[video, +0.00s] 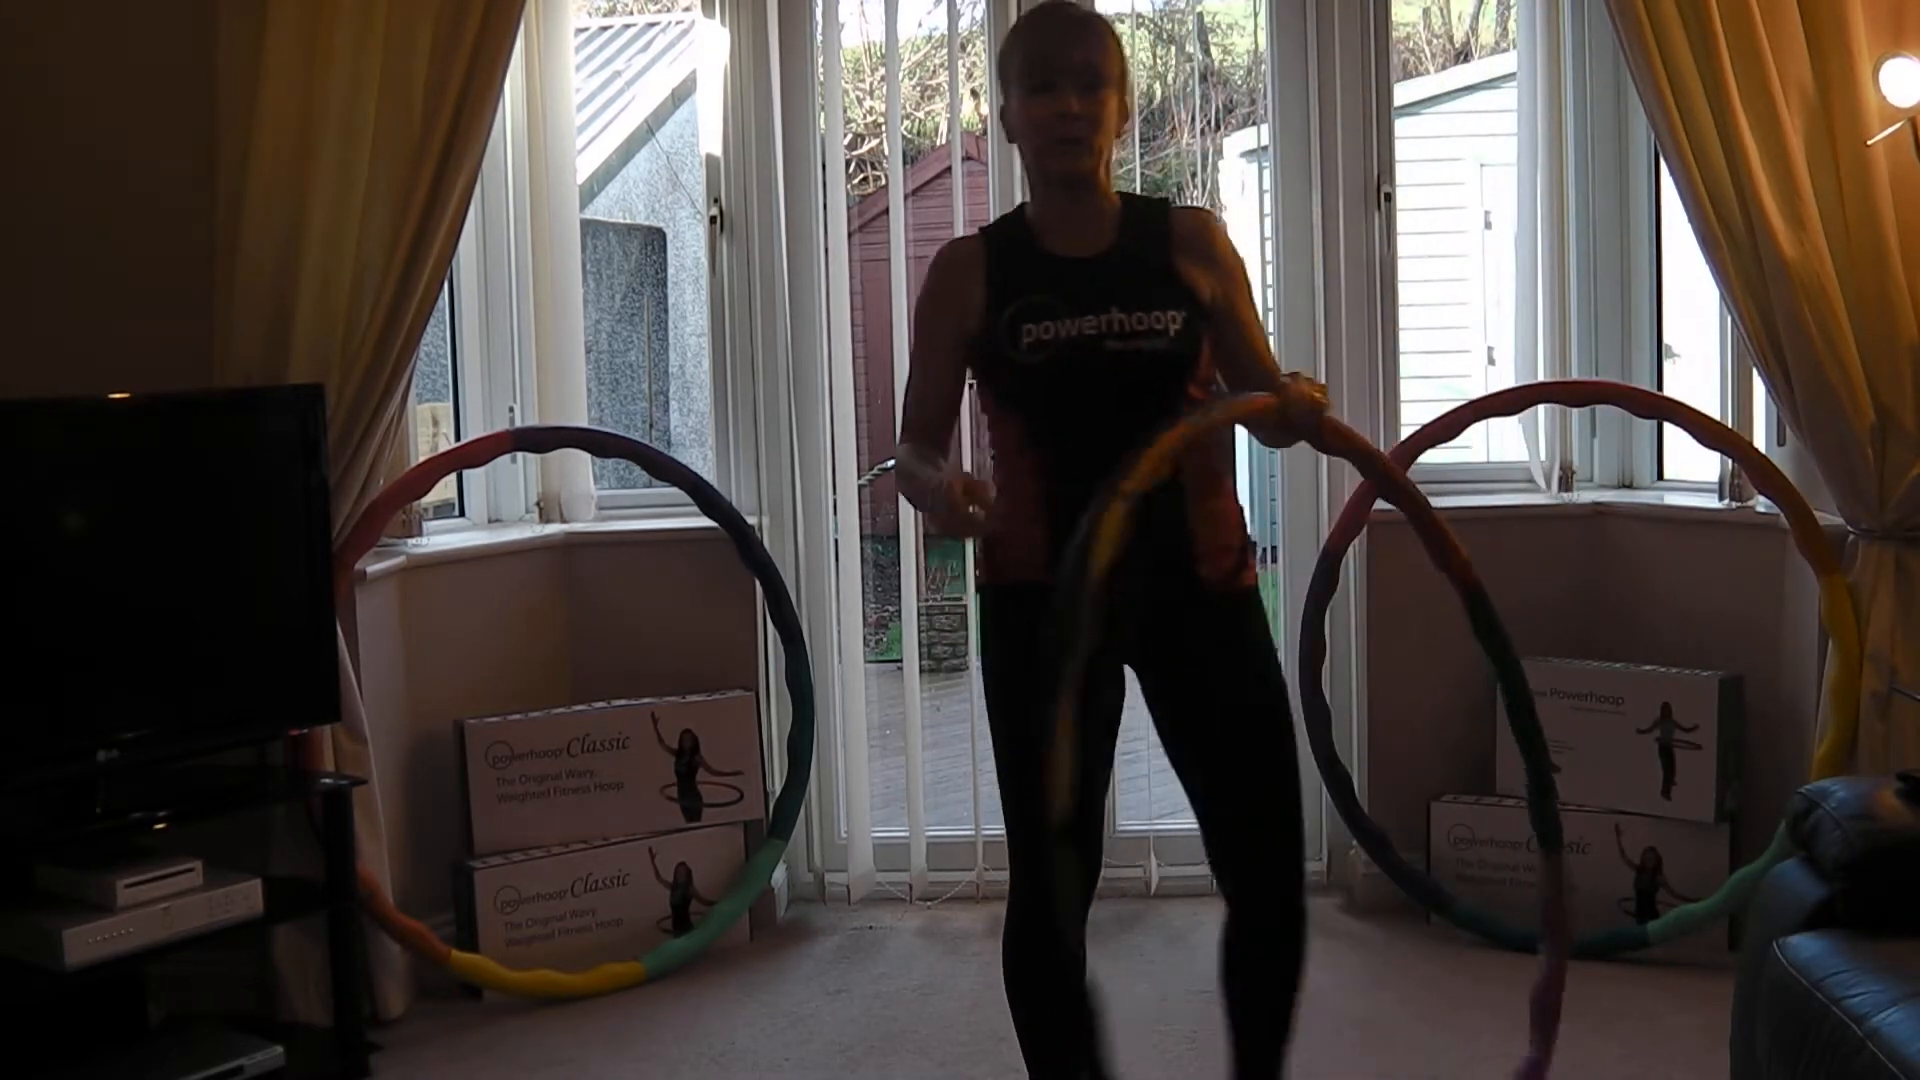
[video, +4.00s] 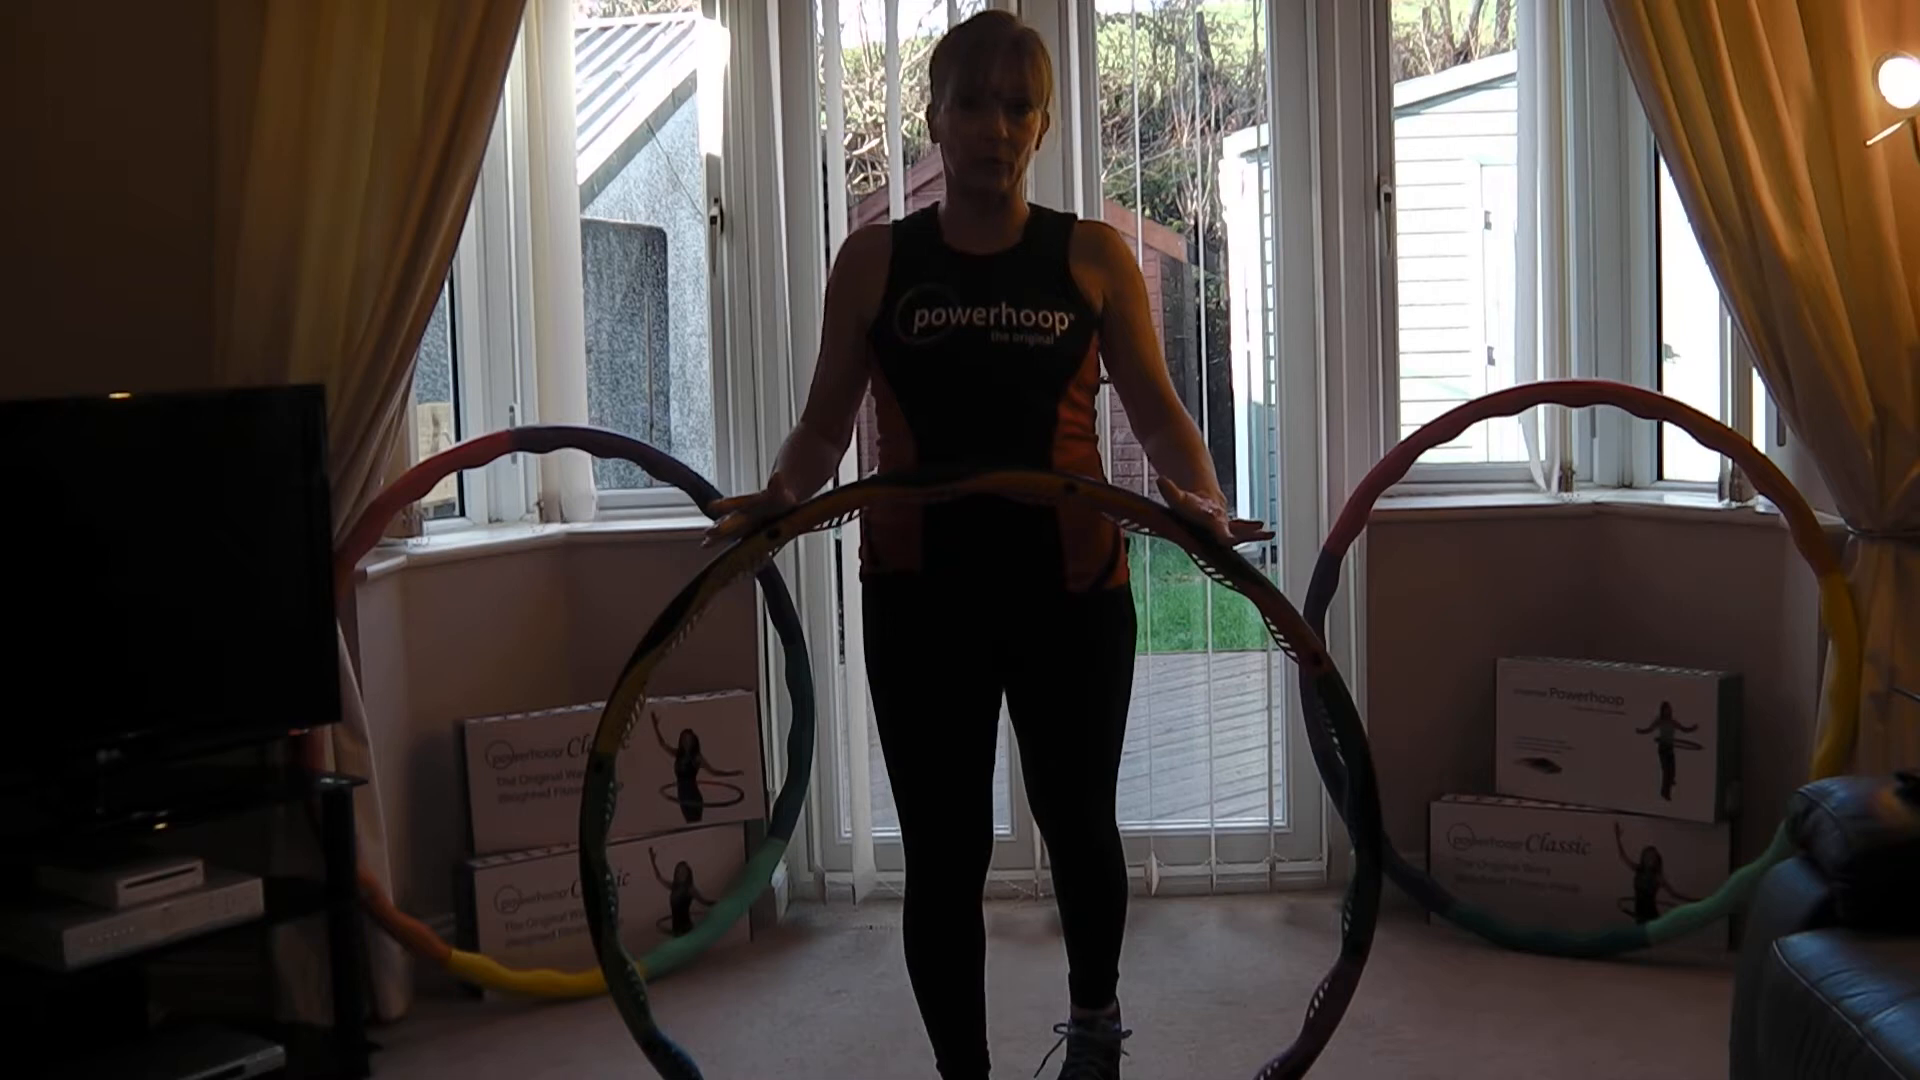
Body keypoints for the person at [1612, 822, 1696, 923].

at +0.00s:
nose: (1648, 860)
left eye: (1651, 857)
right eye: (1646, 856)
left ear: (1656, 860)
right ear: (1642, 858)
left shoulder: (1658, 876)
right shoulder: (1639, 871)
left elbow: (1672, 894)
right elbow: (1624, 857)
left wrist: (1692, 901)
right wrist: (1618, 837)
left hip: (1651, 913)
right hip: (1639, 912)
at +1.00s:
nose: (1648, 860)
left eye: (1652, 857)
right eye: (1646, 857)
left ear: (1656, 860)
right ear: (1642, 858)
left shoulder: (1658, 876)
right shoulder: (1639, 871)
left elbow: (1673, 894)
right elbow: (1623, 857)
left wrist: (1693, 901)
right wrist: (1618, 837)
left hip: (1651, 912)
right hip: (1639, 911)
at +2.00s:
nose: (1648, 859)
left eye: (1651, 857)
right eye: (1646, 856)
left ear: (1656, 859)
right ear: (1642, 858)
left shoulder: (1657, 876)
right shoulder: (1639, 871)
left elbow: (1673, 894)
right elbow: (1623, 856)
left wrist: (1692, 901)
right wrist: (1618, 839)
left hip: (1651, 913)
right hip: (1639, 912)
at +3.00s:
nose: (1648, 860)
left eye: (1651, 857)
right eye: (1646, 856)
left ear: (1657, 860)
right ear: (1642, 858)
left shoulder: (1657, 877)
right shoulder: (1639, 870)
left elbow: (1674, 894)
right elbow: (1623, 856)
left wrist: (1693, 901)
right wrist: (1618, 838)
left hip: (1651, 912)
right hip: (1639, 911)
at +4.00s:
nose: (1649, 861)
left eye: (1652, 857)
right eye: (1647, 857)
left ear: (1657, 860)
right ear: (1642, 858)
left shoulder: (1658, 876)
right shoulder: (1638, 870)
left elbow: (1673, 894)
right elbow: (1622, 856)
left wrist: (1694, 901)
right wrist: (1618, 837)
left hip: (1651, 912)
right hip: (1639, 911)